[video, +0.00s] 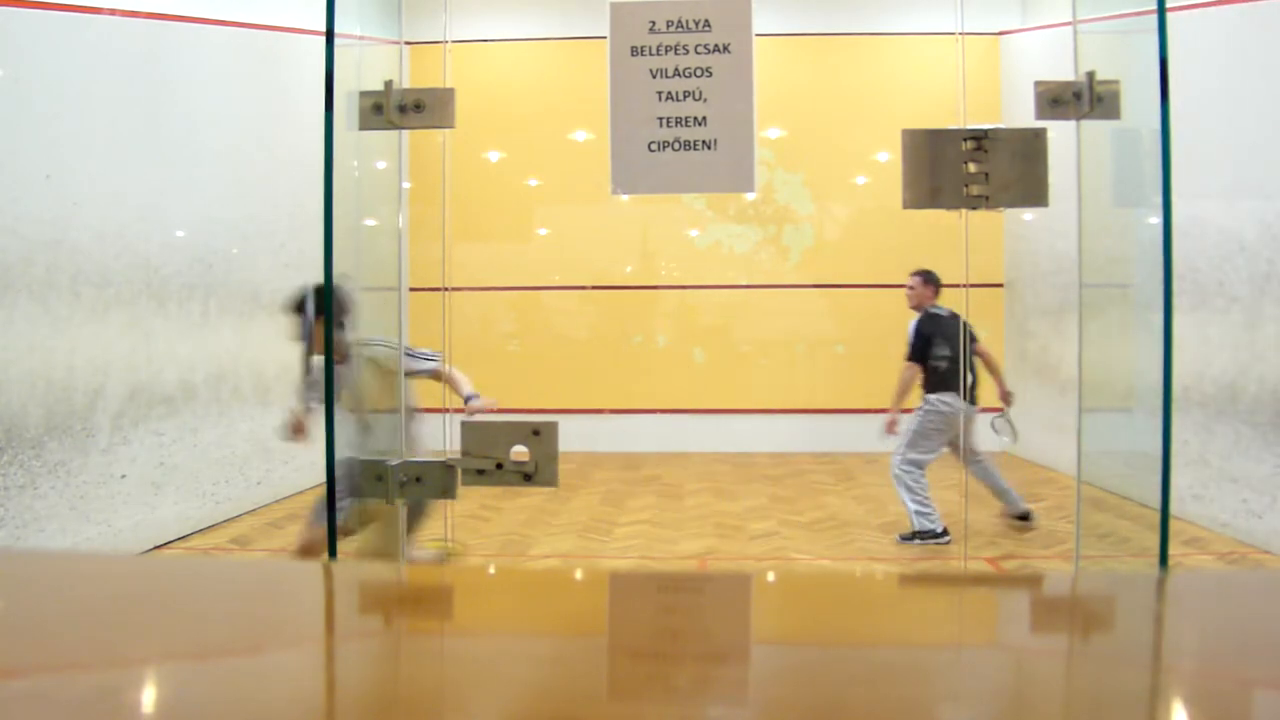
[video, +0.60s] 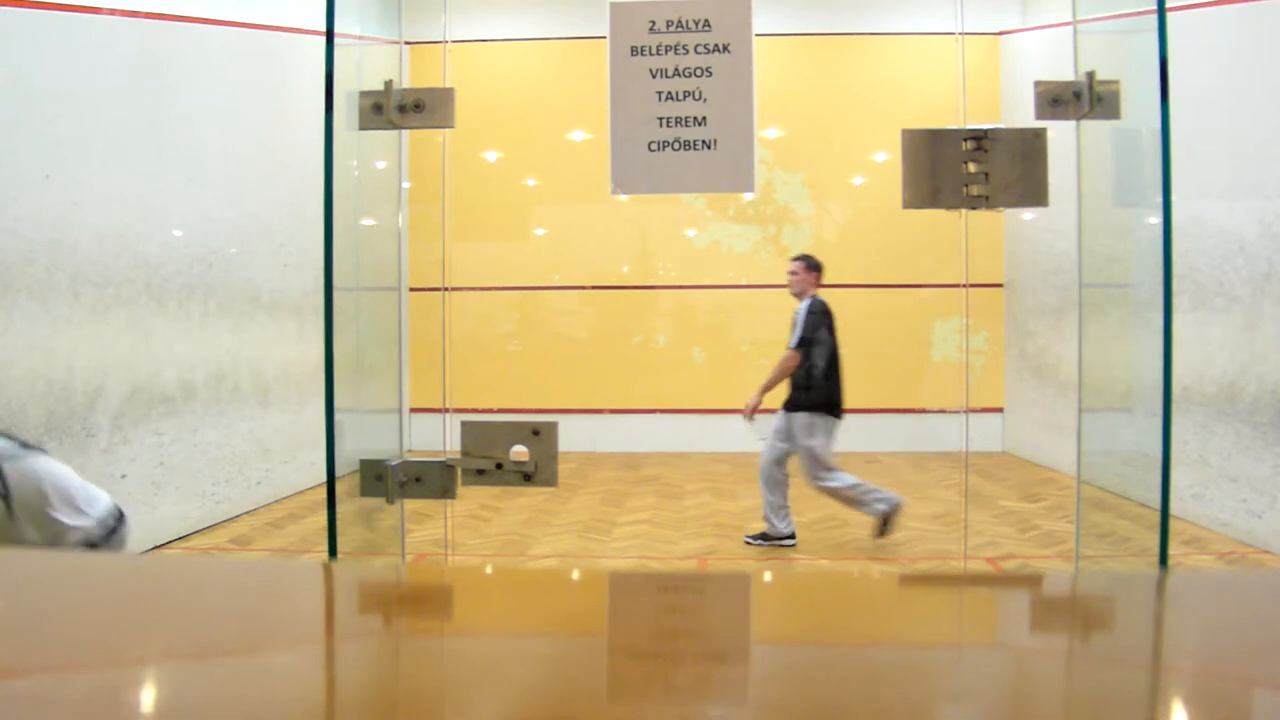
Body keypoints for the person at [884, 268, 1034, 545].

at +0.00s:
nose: (907, 293)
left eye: (912, 288)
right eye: (907, 288)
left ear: (930, 291)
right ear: (931, 293)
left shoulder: (923, 322)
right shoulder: (957, 321)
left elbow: (912, 368)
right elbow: (984, 354)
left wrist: (894, 409)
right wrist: (1002, 387)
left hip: (939, 405)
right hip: (966, 407)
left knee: (905, 464)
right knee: (971, 457)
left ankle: (929, 527)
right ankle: (1018, 507)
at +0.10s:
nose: (890, 285)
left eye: (895, 280)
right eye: (891, 280)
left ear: (915, 284)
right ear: (914, 285)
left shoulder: (910, 314)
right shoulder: (936, 313)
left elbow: (890, 364)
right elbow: (958, 353)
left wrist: (864, 405)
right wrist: (974, 383)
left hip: (925, 398)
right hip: (946, 398)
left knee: (902, 467)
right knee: (930, 458)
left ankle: (929, 528)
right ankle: (973, 506)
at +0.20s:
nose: (872, 278)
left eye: (878, 273)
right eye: (873, 273)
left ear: (897, 276)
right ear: (896, 278)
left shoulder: (893, 307)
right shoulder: (915, 306)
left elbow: (874, 357)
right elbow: (934, 347)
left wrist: (840, 393)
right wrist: (937, 382)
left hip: (910, 396)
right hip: (915, 394)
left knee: (903, 464)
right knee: (882, 452)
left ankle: (930, 526)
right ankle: (913, 515)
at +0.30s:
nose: (854, 277)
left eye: (860, 271)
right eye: (854, 271)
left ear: (878, 275)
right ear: (874, 277)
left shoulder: (875, 306)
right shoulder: (892, 305)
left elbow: (855, 354)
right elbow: (910, 344)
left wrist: (817, 386)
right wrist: (902, 379)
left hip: (892, 397)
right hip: (881, 398)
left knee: (900, 467)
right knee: (848, 451)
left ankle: (929, 526)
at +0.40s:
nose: (833, 279)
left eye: (839, 274)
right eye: (833, 274)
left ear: (857, 278)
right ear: (850, 279)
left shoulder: (856, 308)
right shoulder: (859, 308)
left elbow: (833, 355)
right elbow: (870, 358)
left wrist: (792, 385)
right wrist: (848, 396)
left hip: (873, 405)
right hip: (854, 405)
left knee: (894, 470)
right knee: (821, 459)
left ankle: (929, 525)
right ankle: (793, 518)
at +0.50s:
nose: (811, 282)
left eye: (816, 277)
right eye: (810, 277)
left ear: (835, 280)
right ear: (824, 282)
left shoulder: (834, 312)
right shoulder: (832, 312)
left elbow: (813, 359)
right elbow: (837, 366)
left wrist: (770, 389)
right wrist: (813, 402)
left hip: (842, 411)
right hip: (822, 410)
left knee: (871, 471)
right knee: (791, 458)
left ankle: (921, 518)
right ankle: (780, 528)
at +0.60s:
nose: (788, 279)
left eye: (794, 274)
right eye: (788, 274)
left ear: (813, 277)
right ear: (805, 279)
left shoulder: (813, 309)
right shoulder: (809, 309)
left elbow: (795, 357)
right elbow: (810, 360)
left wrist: (760, 394)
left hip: (816, 407)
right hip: (799, 406)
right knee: (771, 462)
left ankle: (884, 504)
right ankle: (779, 529)